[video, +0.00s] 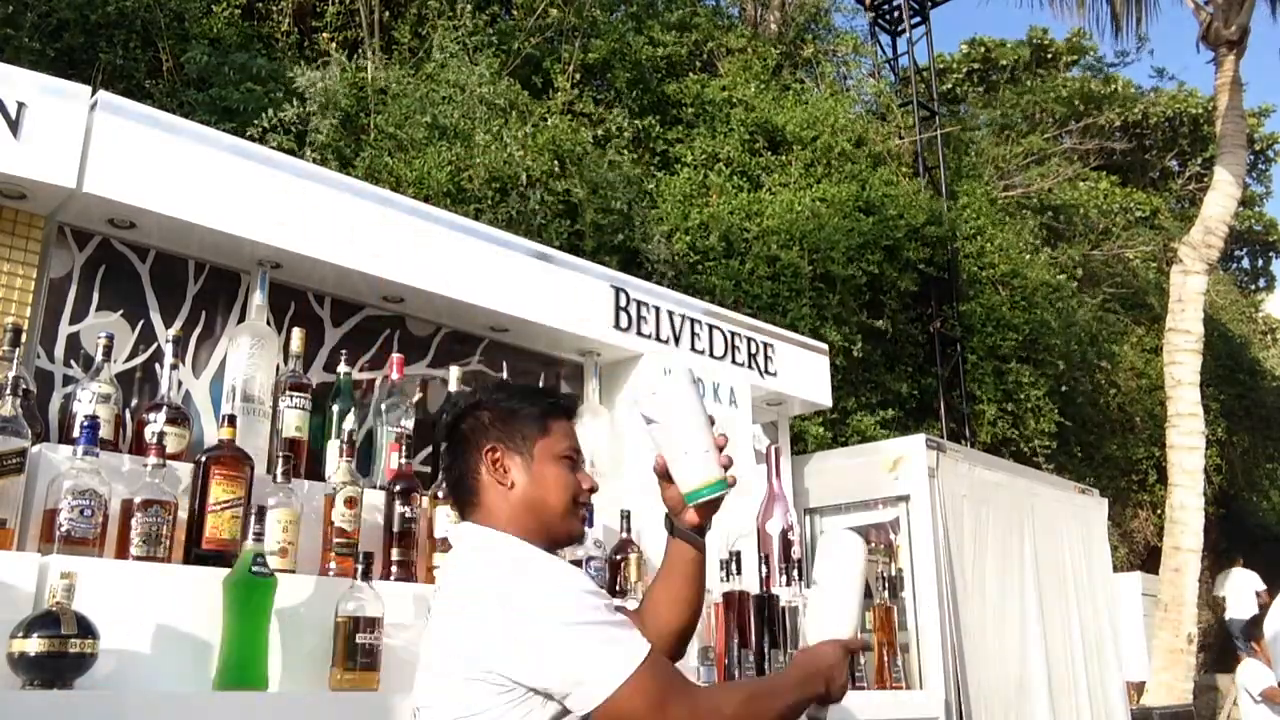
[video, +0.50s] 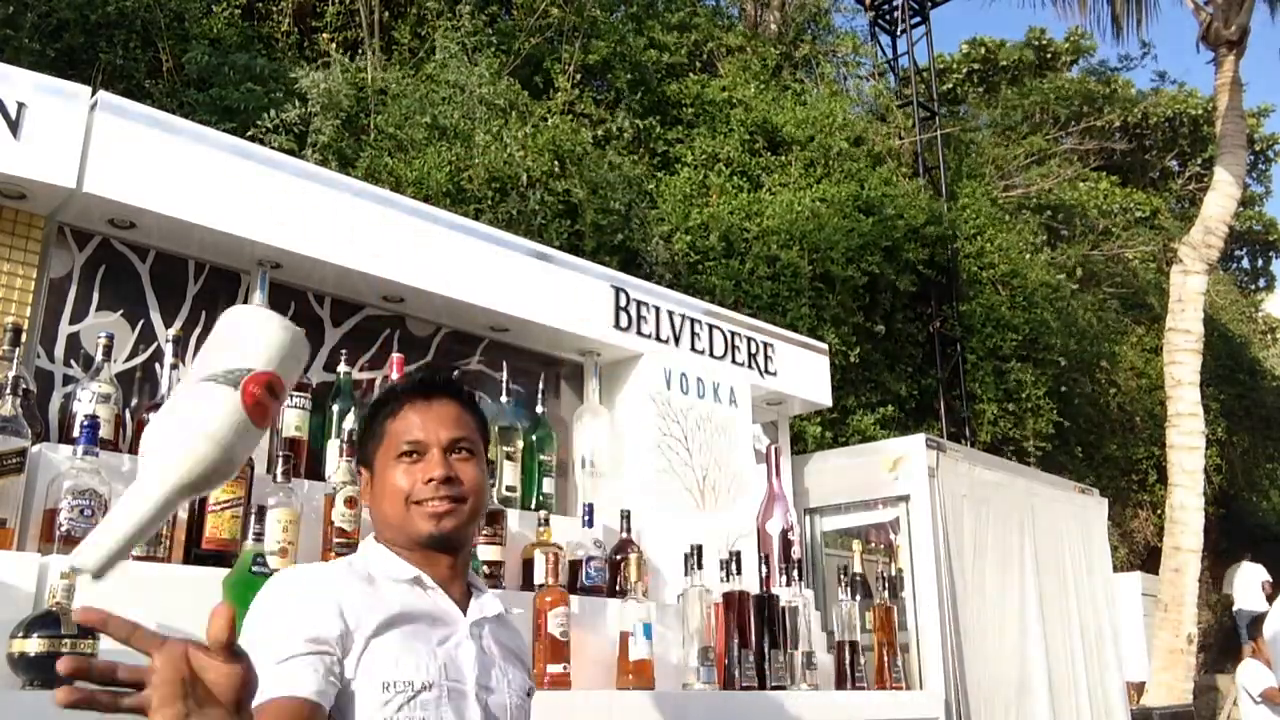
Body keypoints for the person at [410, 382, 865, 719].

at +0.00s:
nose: (590, 483)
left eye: (582, 464)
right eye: (570, 462)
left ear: (507, 471)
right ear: (503, 469)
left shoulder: (479, 575)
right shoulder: (533, 588)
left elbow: (648, 651)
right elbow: (681, 709)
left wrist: (686, 531)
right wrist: (805, 678)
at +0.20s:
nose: (566, 496)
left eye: (572, 475)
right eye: (534, 475)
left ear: (582, 479)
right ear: (466, 491)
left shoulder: (539, 609)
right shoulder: (472, 624)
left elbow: (601, 712)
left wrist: (736, 699)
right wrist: (726, 709)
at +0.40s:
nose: (474, 484)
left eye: (493, 462)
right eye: (445, 465)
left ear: (517, 482)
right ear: (397, 490)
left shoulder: (535, 639)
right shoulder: (336, 618)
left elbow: (549, 712)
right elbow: (303, 707)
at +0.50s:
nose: (441, 472)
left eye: (461, 452)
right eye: (412, 455)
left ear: (486, 480)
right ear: (366, 485)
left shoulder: (510, 627)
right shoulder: (306, 597)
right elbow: (287, 708)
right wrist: (230, 711)